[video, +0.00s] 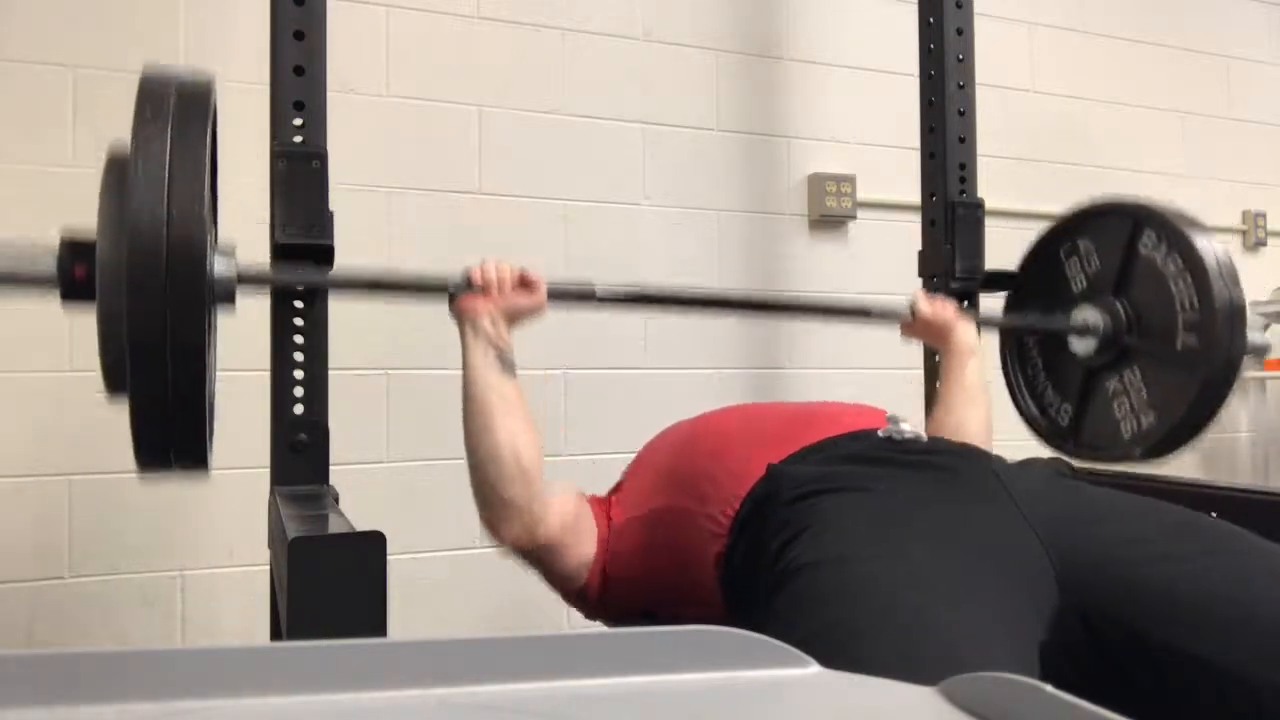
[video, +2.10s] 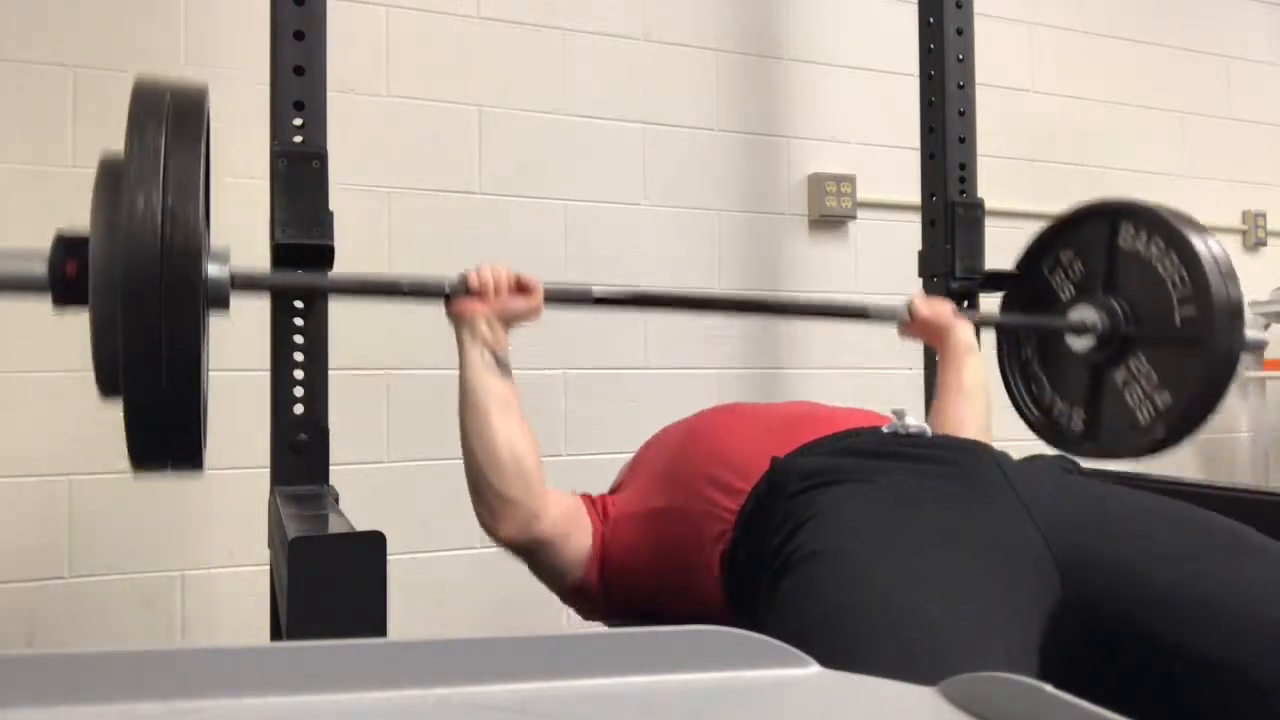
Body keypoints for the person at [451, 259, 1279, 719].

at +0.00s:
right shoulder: (615, 543)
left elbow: (961, 468)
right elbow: (519, 508)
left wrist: (962, 347)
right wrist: (483, 340)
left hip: (1032, 488)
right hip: (852, 504)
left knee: (1273, 619)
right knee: (929, 680)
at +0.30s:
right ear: (647, 481)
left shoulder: (865, 422)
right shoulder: (625, 531)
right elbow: (551, 629)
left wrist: (986, 451)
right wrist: (499, 483)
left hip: (1035, 487)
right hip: (858, 504)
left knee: (1273, 608)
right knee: (932, 686)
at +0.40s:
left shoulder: (849, 425)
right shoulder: (613, 544)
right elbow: (555, 635)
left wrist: (986, 457)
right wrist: (498, 499)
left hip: (1035, 487)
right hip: (856, 506)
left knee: (1274, 607)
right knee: (929, 700)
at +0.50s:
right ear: (645, 488)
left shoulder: (870, 422)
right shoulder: (626, 529)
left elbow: (1032, 523)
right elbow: (559, 625)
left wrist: (996, 446)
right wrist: (501, 477)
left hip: (1043, 487)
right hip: (862, 499)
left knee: (1276, 610)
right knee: (939, 690)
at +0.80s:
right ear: (643, 492)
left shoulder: (863, 439)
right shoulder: (617, 544)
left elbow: (965, 464)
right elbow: (516, 505)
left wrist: (966, 339)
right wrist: (485, 342)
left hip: (1043, 482)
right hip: (857, 505)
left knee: (1273, 620)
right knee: (934, 673)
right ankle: (977, 703)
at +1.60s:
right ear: (647, 485)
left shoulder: (866, 423)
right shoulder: (623, 533)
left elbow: (1033, 508)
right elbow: (550, 632)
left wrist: (983, 445)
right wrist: (496, 485)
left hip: (1038, 486)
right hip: (861, 503)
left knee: (1275, 603)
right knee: (929, 695)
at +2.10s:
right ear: (642, 488)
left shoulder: (860, 437)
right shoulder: (614, 541)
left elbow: (965, 465)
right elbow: (515, 507)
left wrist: (959, 343)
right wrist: (481, 345)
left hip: (1048, 487)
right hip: (861, 504)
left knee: (1277, 629)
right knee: (921, 696)